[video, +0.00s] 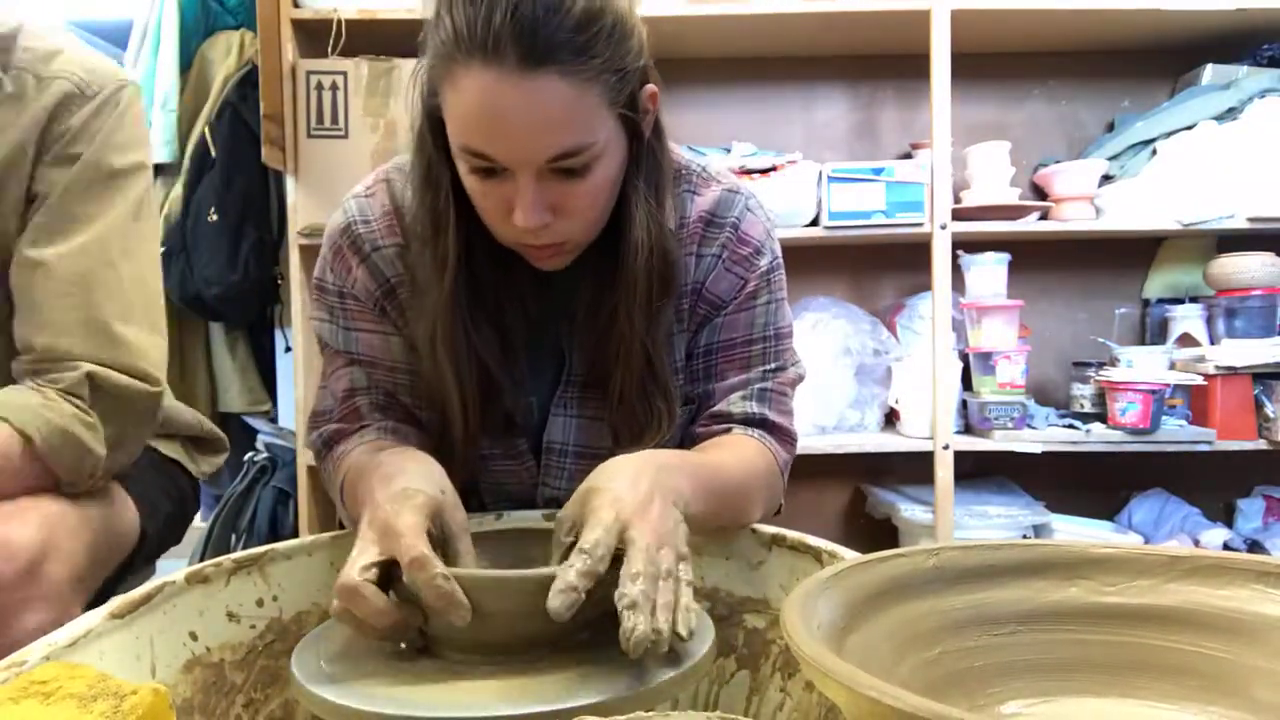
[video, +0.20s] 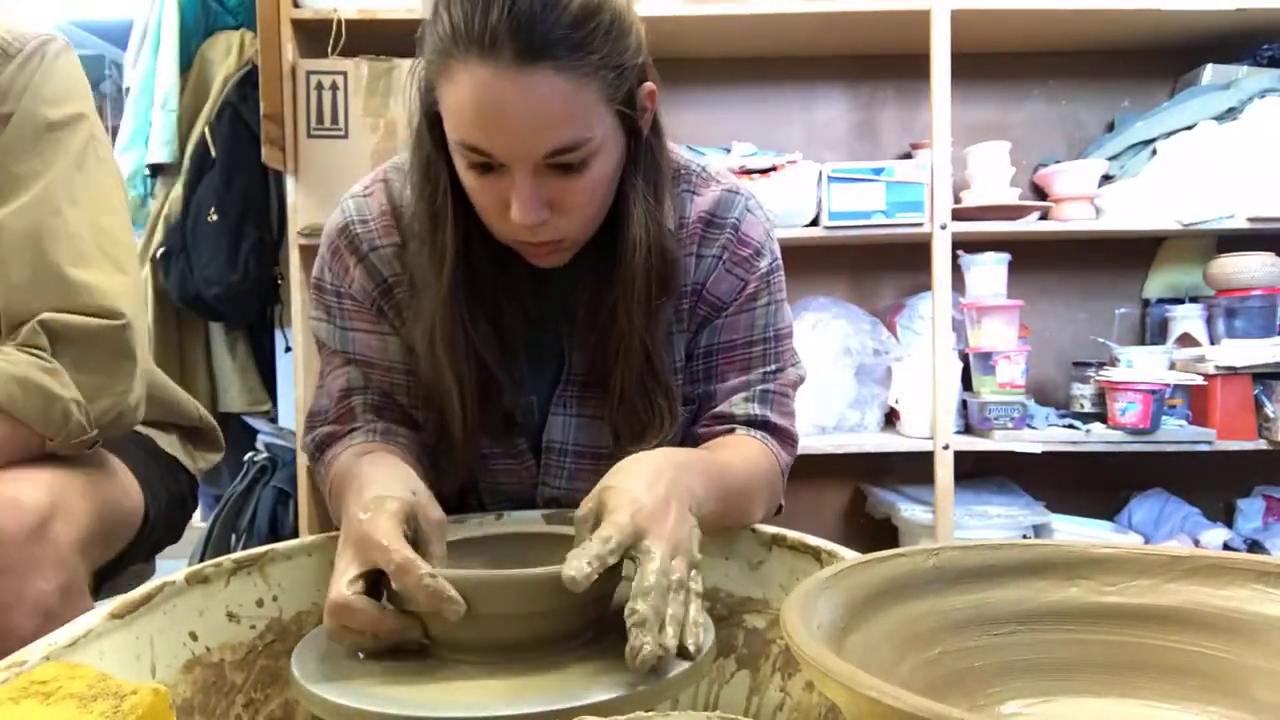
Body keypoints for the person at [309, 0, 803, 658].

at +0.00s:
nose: (527, 215)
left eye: (571, 169)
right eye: (484, 170)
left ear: (642, 118)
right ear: (442, 132)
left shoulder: (722, 230)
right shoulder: (375, 234)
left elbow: (758, 450)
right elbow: (355, 422)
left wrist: (667, 476)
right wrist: (389, 477)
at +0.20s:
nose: (525, 213)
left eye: (567, 165)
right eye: (483, 166)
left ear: (639, 116)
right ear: (441, 130)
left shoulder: (720, 231)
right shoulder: (374, 233)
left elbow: (756, 443)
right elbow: (357, 418)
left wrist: (682, 478)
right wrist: (374, 486)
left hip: (642, 612)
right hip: (445, 613)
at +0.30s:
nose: (490, 103)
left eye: (525, 59)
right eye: (451, 72)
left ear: (597, 53)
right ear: (425, 82)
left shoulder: (701, 218)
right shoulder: (383, 235)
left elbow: (742, 423)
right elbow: (390, 414)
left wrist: (668, 491)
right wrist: (392, 494)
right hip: (460, 612)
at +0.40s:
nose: (496, 99)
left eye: (531, 55)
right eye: (457, 67)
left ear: (603, 51)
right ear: (427, 78)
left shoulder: (705, 221)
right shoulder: (380, 234)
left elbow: (743, 425)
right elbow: (394, 421)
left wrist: (682, 480)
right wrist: (376, 493)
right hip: (458, 609)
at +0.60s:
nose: (432, 221)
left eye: (441, 172)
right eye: (396, 200)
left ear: (511, 108)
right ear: (374, 190)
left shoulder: (682, 220)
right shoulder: (391, 253)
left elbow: (726, 403)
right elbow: (419, 409)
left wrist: (662, 512)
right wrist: (432, 514)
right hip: (485, 584)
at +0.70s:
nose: (463, 205)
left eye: (479, 153)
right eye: (421, 178)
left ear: (548, 98)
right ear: (392, 168)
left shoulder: (695, 217)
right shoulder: (396, 247)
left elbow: (730, 403)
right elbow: (421, 415)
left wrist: (670, 518)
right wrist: (438, 512)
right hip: (488, 591)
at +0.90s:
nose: (547, 168)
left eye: (587, 127)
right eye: (510, 126)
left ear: (648, 106)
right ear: (469, 109)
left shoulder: (723, 227)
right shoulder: (408, 224)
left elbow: (750, 432)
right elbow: (383, 398)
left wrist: (688, 495)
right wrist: (373, 488)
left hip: (653, 585)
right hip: (466, 578)